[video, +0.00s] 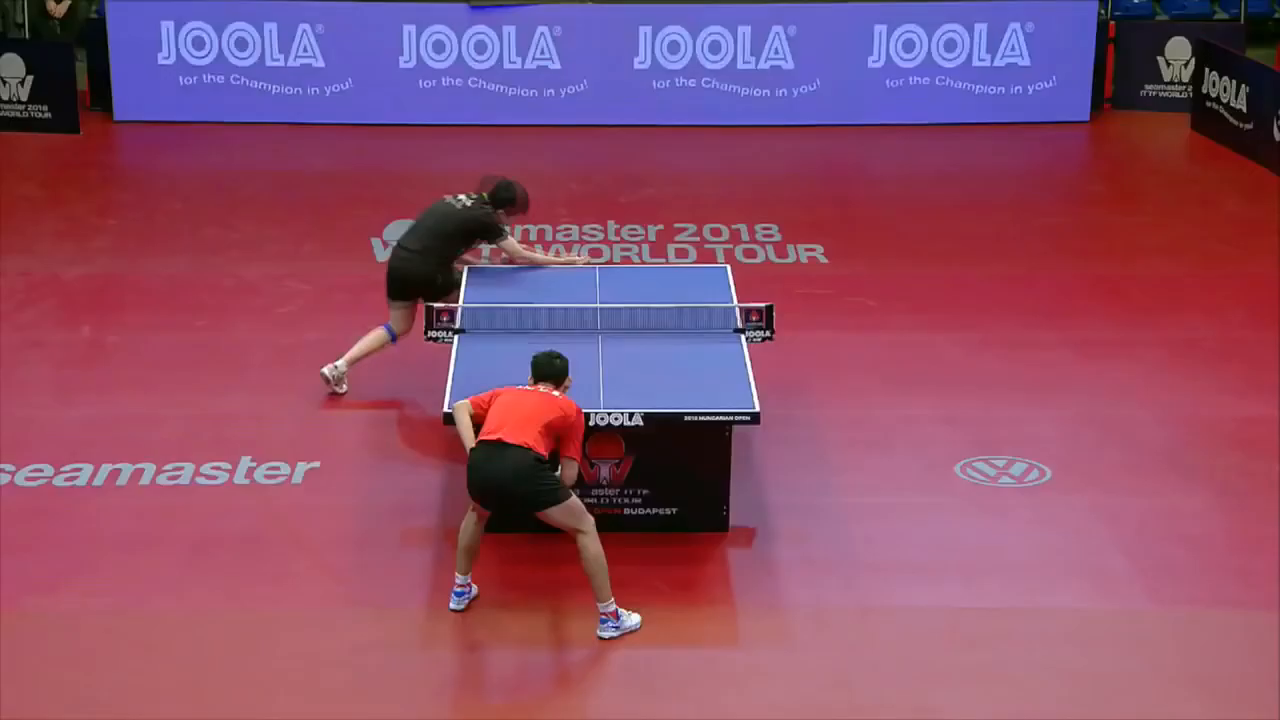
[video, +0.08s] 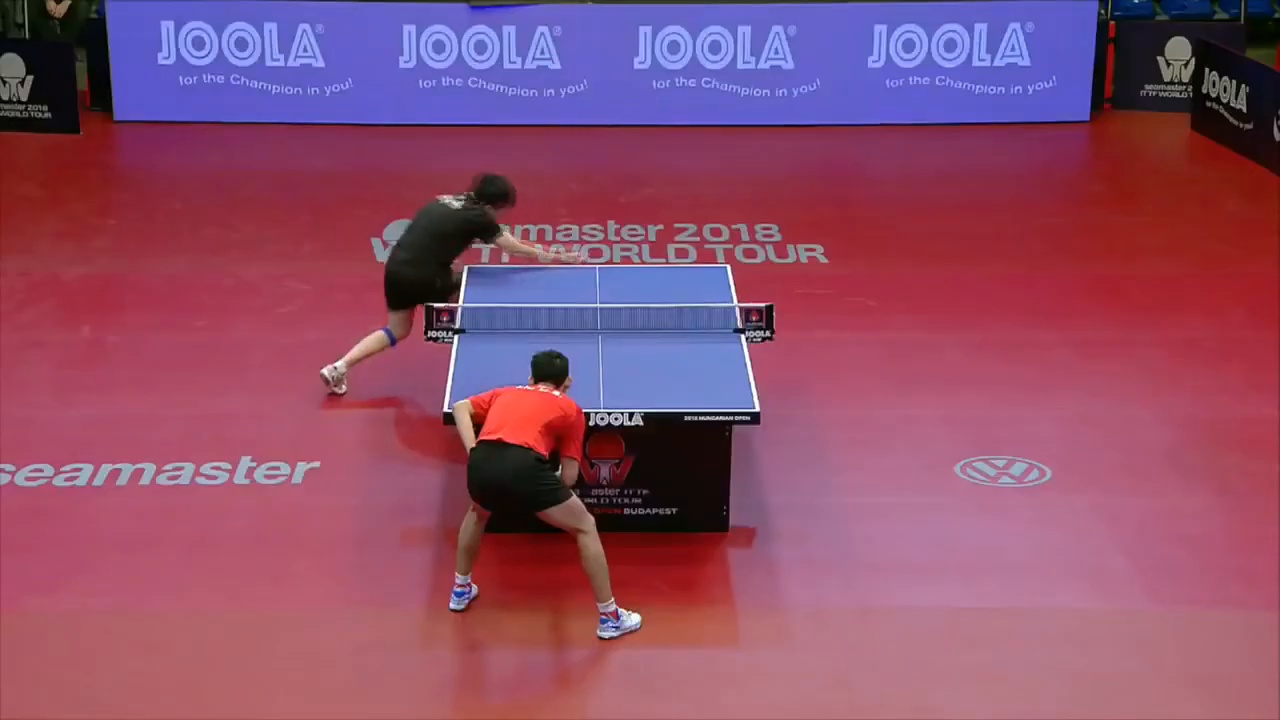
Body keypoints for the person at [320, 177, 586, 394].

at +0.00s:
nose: (514, 218)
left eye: (516, 214)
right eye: (515, 213)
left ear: (490, 194)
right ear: (504, 207)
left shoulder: (458, 200)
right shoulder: (488, 219)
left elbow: (439, 242)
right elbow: (521, 255)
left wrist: (472, 261)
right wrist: (565, 260)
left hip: (399, 265)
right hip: (431, 273)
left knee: (397, 326)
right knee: (481, 297)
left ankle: (340, 366)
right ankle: (479, 373)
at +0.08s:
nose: (504, 211)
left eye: (505, 207)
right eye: (503, 206)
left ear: (477, 191)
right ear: (495, 202)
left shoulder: (446, 201)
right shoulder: (480, 217)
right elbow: (516, 248)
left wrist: (452, 267)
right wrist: (554, 256)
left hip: (396, 272)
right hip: (428, 278)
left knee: (396, 330)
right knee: (480, 285)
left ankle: (339, 367)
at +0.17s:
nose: (484, 199)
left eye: (484, 195)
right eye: (483, 195)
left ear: (455, 186)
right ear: (474, 193)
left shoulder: (416, 203)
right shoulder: (465, 212)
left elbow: (385, 245)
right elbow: (511, 224)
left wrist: (375, 286)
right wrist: (554, 211)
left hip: (390, 282)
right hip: (424, 284)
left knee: (391, 332)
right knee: (467, 302)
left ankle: (333, 368)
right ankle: (474, 372)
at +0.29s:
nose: (466, 191)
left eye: (466, 186)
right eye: (464, 186)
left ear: (434, 179)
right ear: (452, 183)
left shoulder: (399, 199)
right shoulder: (450, 203)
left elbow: (365, 237)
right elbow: (497, 199)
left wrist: (333, 272)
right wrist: (541, 181)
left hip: (377, 277)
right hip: (412, 278)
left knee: (379, 328)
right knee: (464, 307)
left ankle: (329, 370)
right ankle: (478, 370)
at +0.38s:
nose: (462, 183)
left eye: (461, 177)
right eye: (459, 177)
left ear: (429, 176)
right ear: (445, 178)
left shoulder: (392, 195)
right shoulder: (443, 197)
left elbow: (359, 233)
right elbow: (490, 197)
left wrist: (328, 266)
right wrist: (534, 182)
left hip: (371, 276)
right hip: (407, 277)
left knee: (375, 325)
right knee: (450, 301)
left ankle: (326, 372)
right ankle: (467, 364)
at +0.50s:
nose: (452, 166)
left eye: (450, 159)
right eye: (448, 160)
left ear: (420, 164)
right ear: (434, 164)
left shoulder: (384, 181)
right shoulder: (434, 188)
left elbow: (347, 207)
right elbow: (467, 199)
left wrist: (318, 240)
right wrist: (513, 201)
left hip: (361, 262)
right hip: (396, 265)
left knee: (359, 319)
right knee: (448, 306)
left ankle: (324, 380)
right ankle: (466, 375)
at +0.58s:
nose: (452, 163)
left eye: (451, 158)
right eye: (448, 158)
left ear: (421, 162)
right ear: (433, 163)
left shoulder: (385, 179)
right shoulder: (435, 187)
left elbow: (343, 198)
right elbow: (462, 203)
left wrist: (322, 230)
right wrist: (505, 210)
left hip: (360, 258)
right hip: (395, 262)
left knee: (356, 317)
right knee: (447, 308)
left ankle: (323, 382)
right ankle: (465, 380)